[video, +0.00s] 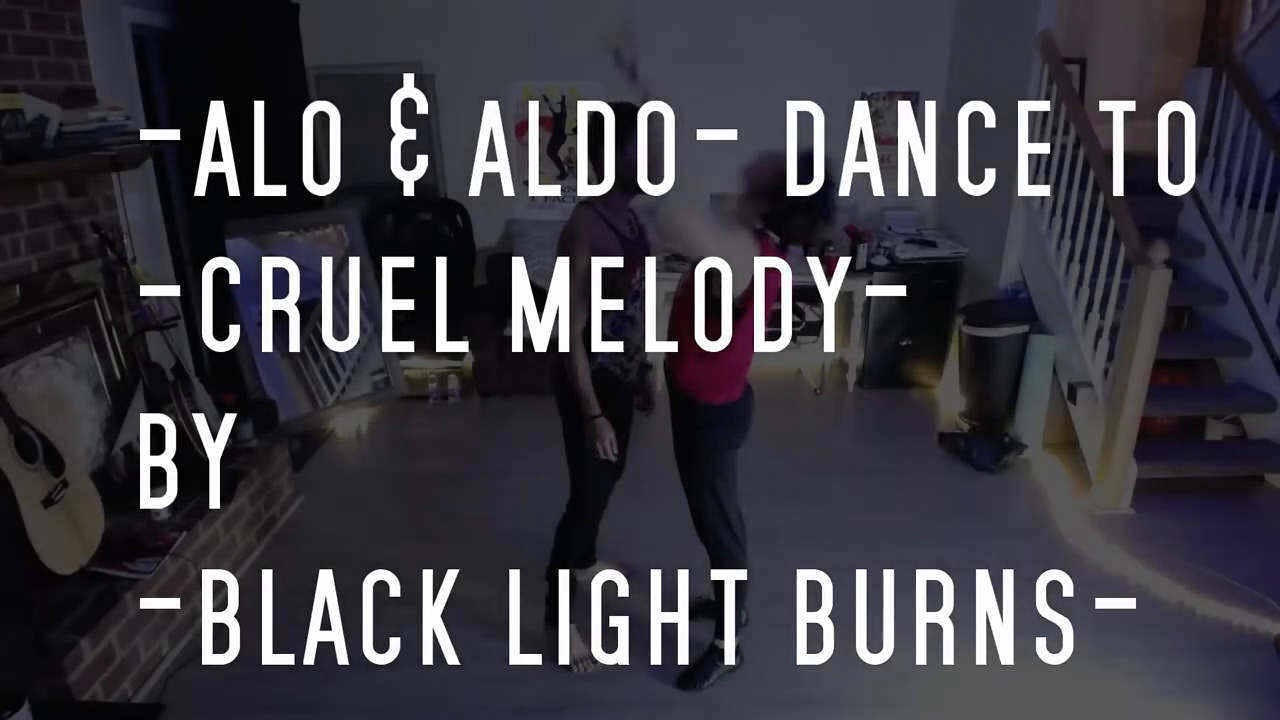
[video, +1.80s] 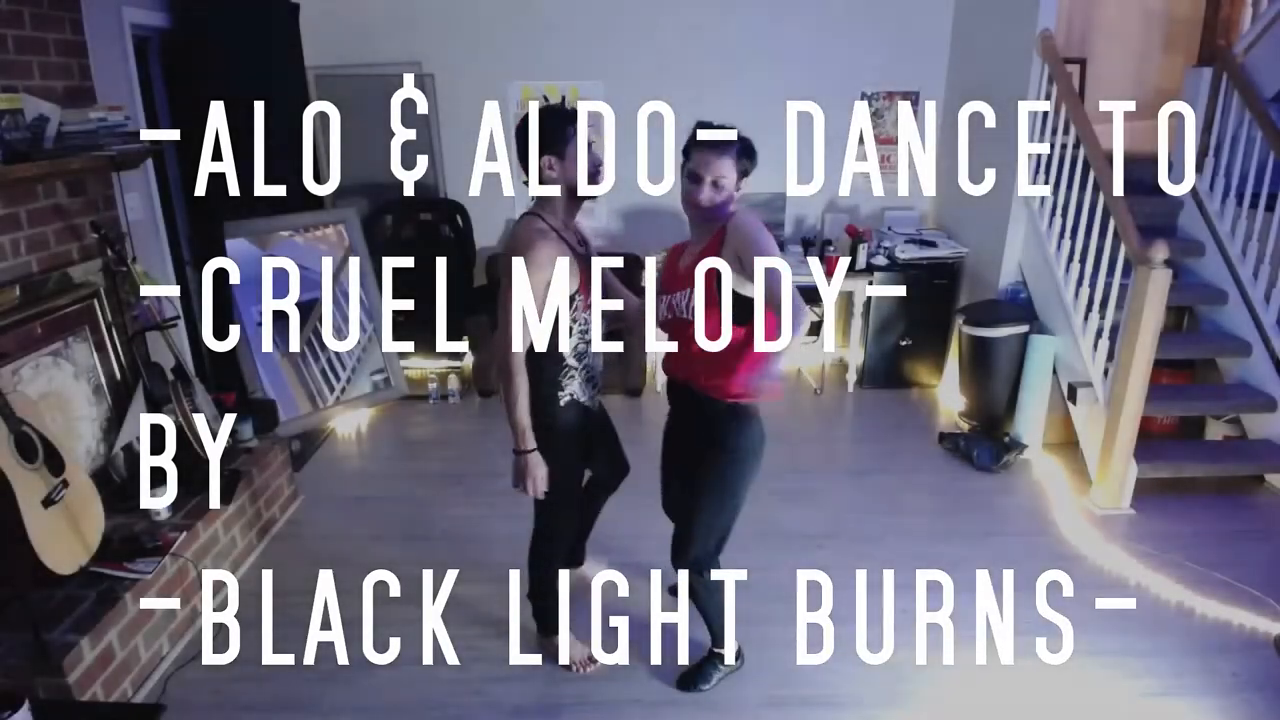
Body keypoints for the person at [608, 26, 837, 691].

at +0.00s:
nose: (748, 175)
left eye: (759, 177)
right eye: (756, 171)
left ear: (765, 202)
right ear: (771, 203)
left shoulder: (738, 253)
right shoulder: (750, 240)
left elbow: (668, 219)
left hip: (709, 405)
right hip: (712, 397)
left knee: (716, 520)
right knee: (716, 513)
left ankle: (729, 642)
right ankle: (729, 623)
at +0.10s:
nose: (715, 191)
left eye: (723, 184)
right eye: (720, 184)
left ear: (733, 191)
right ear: (770, 197)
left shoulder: (723, 258)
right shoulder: (762, 254)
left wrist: (649, 219)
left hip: (709, 405)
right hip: (723, 397)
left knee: (716, 518)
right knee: (719, 508)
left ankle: (727, 641)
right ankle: (731, 604)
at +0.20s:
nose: (701, 189)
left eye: (708, 183)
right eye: (705, 181)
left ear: (720, 190)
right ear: (757, 190)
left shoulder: (735, 260)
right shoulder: (748, 244)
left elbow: (653, 272)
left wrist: (635, 191)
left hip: (712, 408)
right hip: (717, 400)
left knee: (717, 519)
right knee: (718, 509)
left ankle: (727, 643)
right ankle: (727, 602)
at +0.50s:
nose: (671, 183)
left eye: (676, 173)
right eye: (673, 172)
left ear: (693, 180)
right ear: (732, 176)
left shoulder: (714, 251)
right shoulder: (750, 222)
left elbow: (664, 329)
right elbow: (690, 244)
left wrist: (626, 288)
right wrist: (633, 236)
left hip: (712, 410)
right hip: (734, 397)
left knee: (717, 521)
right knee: (723, 507)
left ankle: (728, 645)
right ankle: (734, 599)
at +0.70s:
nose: (660, 172)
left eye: (667, 161)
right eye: (666, 160)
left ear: (685, 171)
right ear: (719, 168)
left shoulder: (695, 243)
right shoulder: (732, 221)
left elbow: (699, 339)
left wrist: (629, 346)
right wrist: (642, 256)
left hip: (713, 407)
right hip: (733, 397)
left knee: (720, 522)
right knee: (726, 510)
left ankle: (727, 645)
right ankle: (735, 602)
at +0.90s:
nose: (656, 160)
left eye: (668, 152)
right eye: (661, 148)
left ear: (693, 166)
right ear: (710, 169)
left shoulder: (697, 246)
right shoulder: (719, 218)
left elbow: (726, 344)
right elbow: (685, 296)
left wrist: (686, 412)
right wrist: (638, 262)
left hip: (711, 409)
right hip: (720, 396)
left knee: (715, 523)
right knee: (720, 508)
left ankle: (728, 644)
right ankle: (730, 598)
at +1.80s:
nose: (701, 195)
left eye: (717, 184)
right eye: (693, 179)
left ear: (740, 186)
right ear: (679, 176)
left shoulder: (744, 234)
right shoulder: (683, 249)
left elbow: (786, 313)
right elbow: (664, 316)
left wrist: (749, 363)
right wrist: (611, 298)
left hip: (731, 421)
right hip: (685, 414)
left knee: (694, 553)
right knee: (680, 514)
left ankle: (725, 648)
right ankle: (686, 584)